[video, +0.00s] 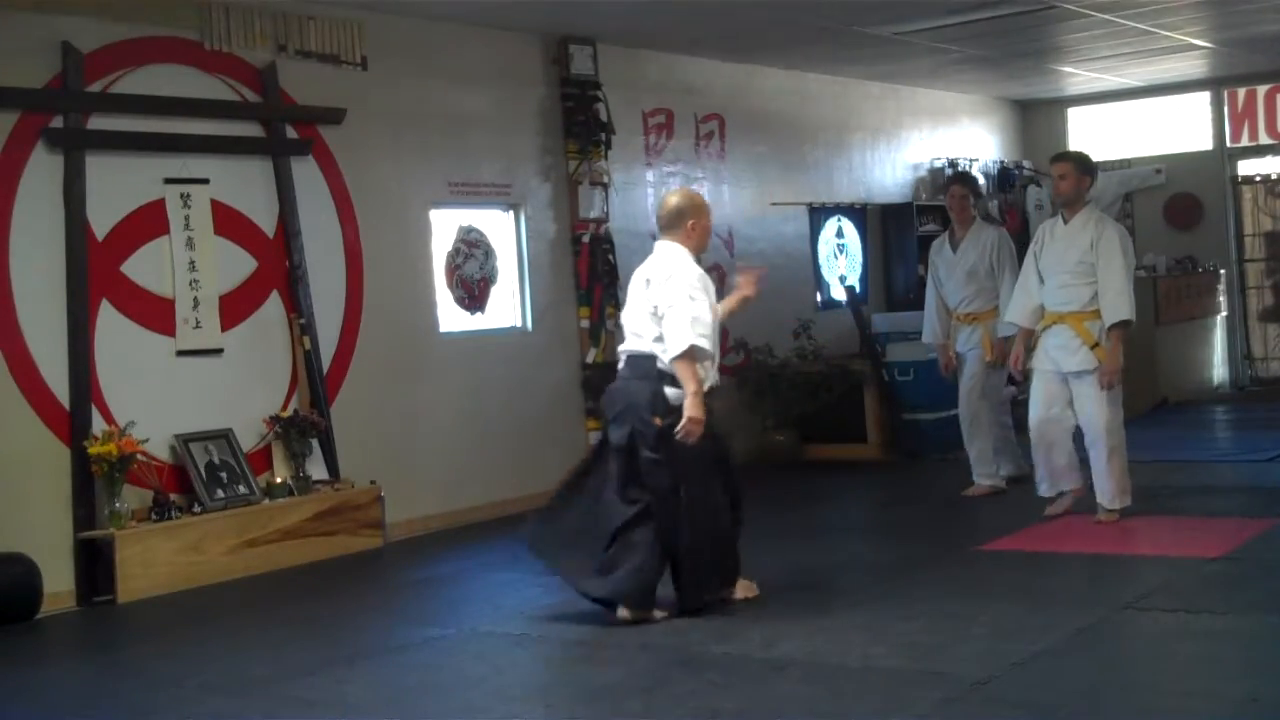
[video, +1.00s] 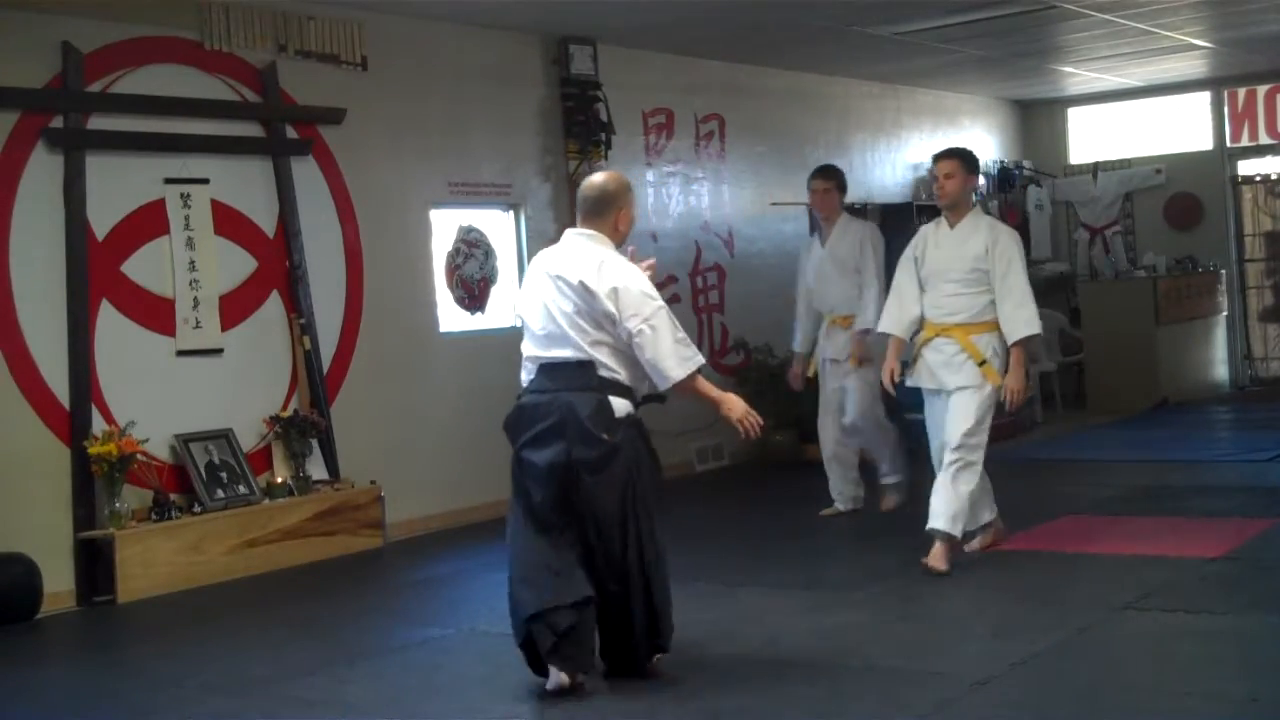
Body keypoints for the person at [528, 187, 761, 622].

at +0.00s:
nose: (709, 233)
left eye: (709, 225)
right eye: (708, 225)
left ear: (664, 226)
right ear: (694, 226)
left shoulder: (649, 267)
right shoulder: (683, 272)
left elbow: (689, 324)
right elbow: (680, 338)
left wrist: (734, 300)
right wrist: (694, 393)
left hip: (630, 388)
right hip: (665, 391)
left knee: (640, 496)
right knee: (710, 487)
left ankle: (633, 597)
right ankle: (716, 581)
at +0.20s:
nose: (682, 221)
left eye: (679, 214)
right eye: (680, 214)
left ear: (637, 217)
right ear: (670, 216)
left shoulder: (612, 263)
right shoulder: (665, 263)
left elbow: (641, 322)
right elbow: (688, 333)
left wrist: (696, 299)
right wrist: (715, 395)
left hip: (599, 388)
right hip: (645, 394)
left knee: (610, 505)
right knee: (687, 495)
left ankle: (623, 606)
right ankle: (698, 597)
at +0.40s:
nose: (664, 223)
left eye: (663, 215)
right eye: (662, 215)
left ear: (613, 221)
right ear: (651, 220)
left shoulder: (591, 267)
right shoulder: (651, 274)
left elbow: (629, 318)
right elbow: (700, 341)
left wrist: (682, 297)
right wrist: (752, 392)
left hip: (585, 403)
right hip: (634, 408)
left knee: (596, 513)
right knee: (656, 517)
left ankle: (596, 612)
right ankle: (630, 620)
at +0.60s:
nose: (660, 227)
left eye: (659, 218)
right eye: (660, 219)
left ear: (610, 215)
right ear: (650, 222)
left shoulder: (573, 263)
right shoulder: (643, 273)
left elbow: (608, 313)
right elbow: (688, 340)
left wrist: (670, 302)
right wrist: (736, 391)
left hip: (569, 403)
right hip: (625, 405)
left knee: (594, 518)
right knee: (635, 522)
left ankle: (593, 632)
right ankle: (622, 645)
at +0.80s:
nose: (651, 216)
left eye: (648, 208)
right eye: (650, 209)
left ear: (599, 207)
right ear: (641, 213)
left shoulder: (557, 258)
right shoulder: (636, 271)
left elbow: (593, 306)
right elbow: (676, 355)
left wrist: (657, 283)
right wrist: (722, 408)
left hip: (553, 403)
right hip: (614, 405)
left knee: (564, 521)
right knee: (630, 523)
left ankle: (566, 627)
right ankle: (623, 645)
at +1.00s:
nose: (633, 221)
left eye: (633, 214)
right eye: (632, 214)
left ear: (576, 212)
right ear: (622, 216)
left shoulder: (540, 263)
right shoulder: (618, 273)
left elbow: (566, 313)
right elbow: (665, 352)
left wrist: (629, 282)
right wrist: (721, 397)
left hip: (537, 410)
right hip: (599, 409)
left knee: (545, 536)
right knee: (621, 529)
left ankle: (560, 660)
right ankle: (631, 654)